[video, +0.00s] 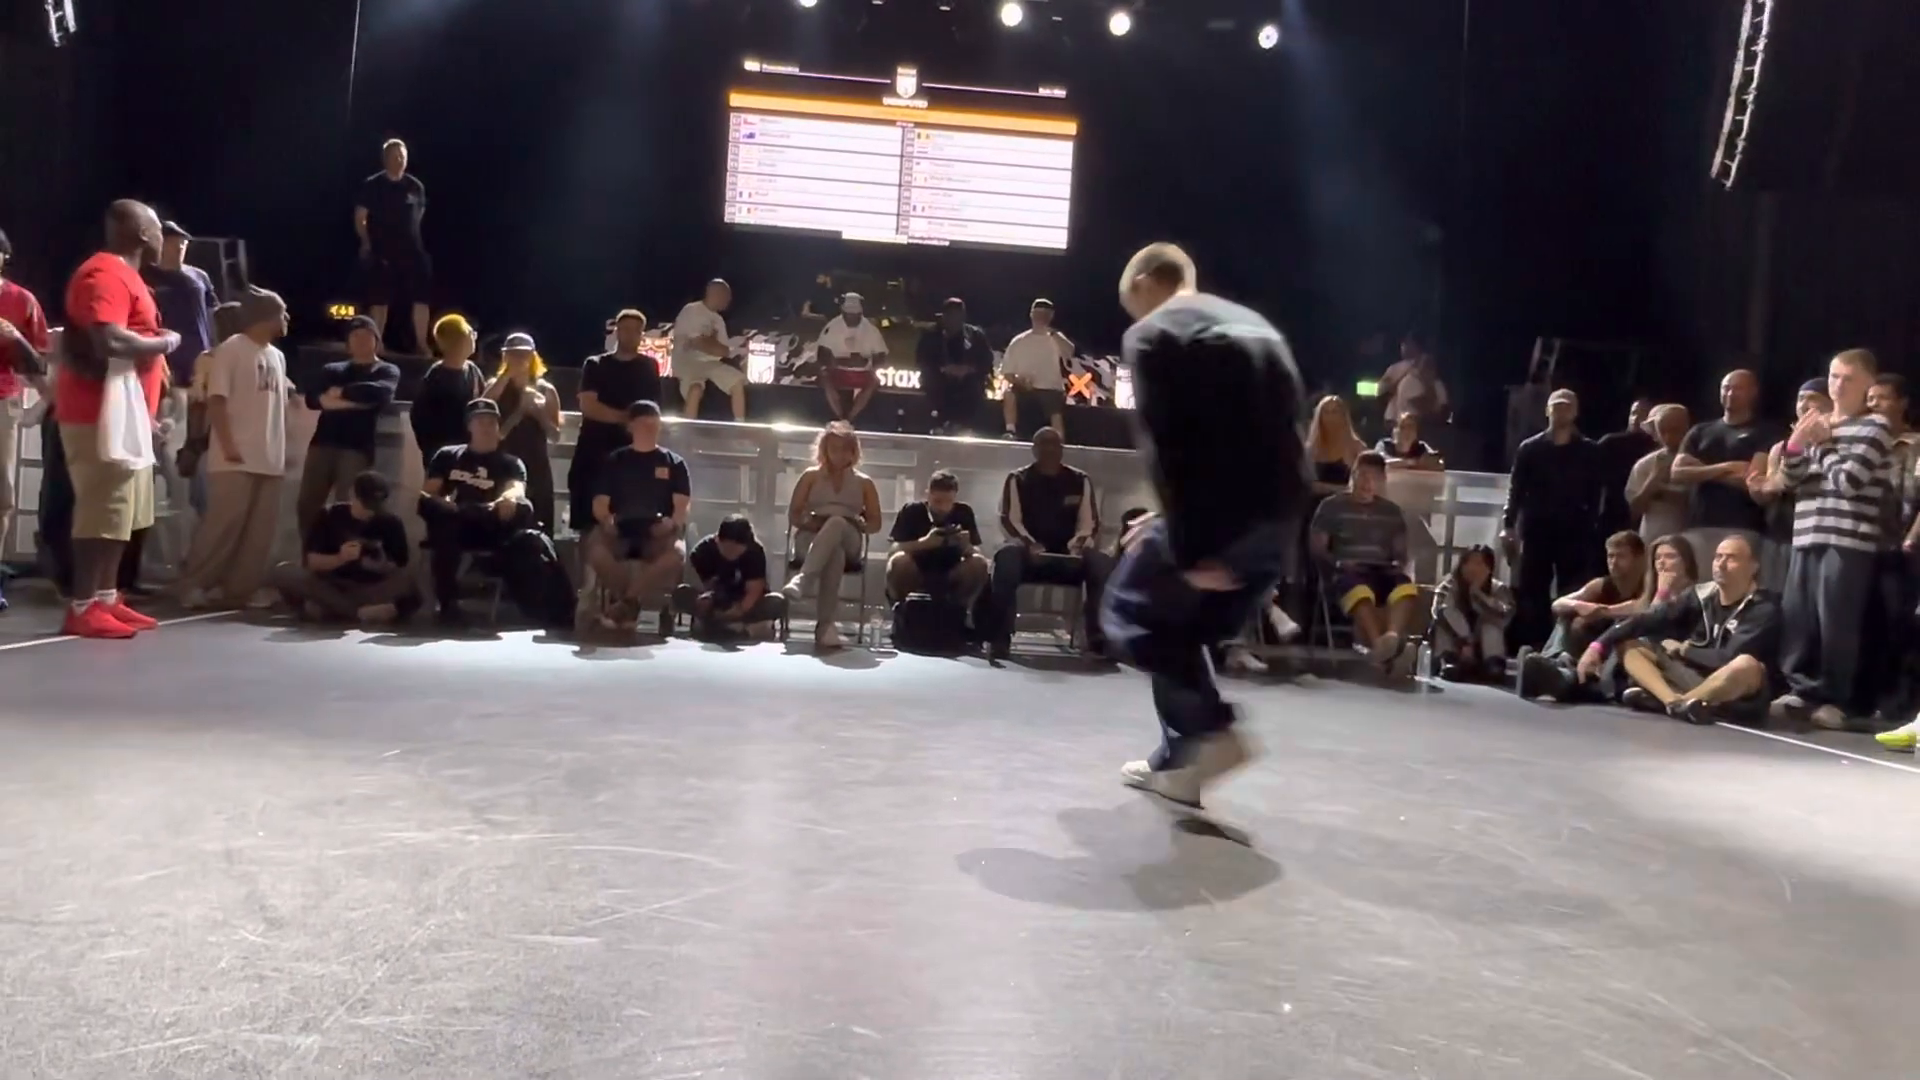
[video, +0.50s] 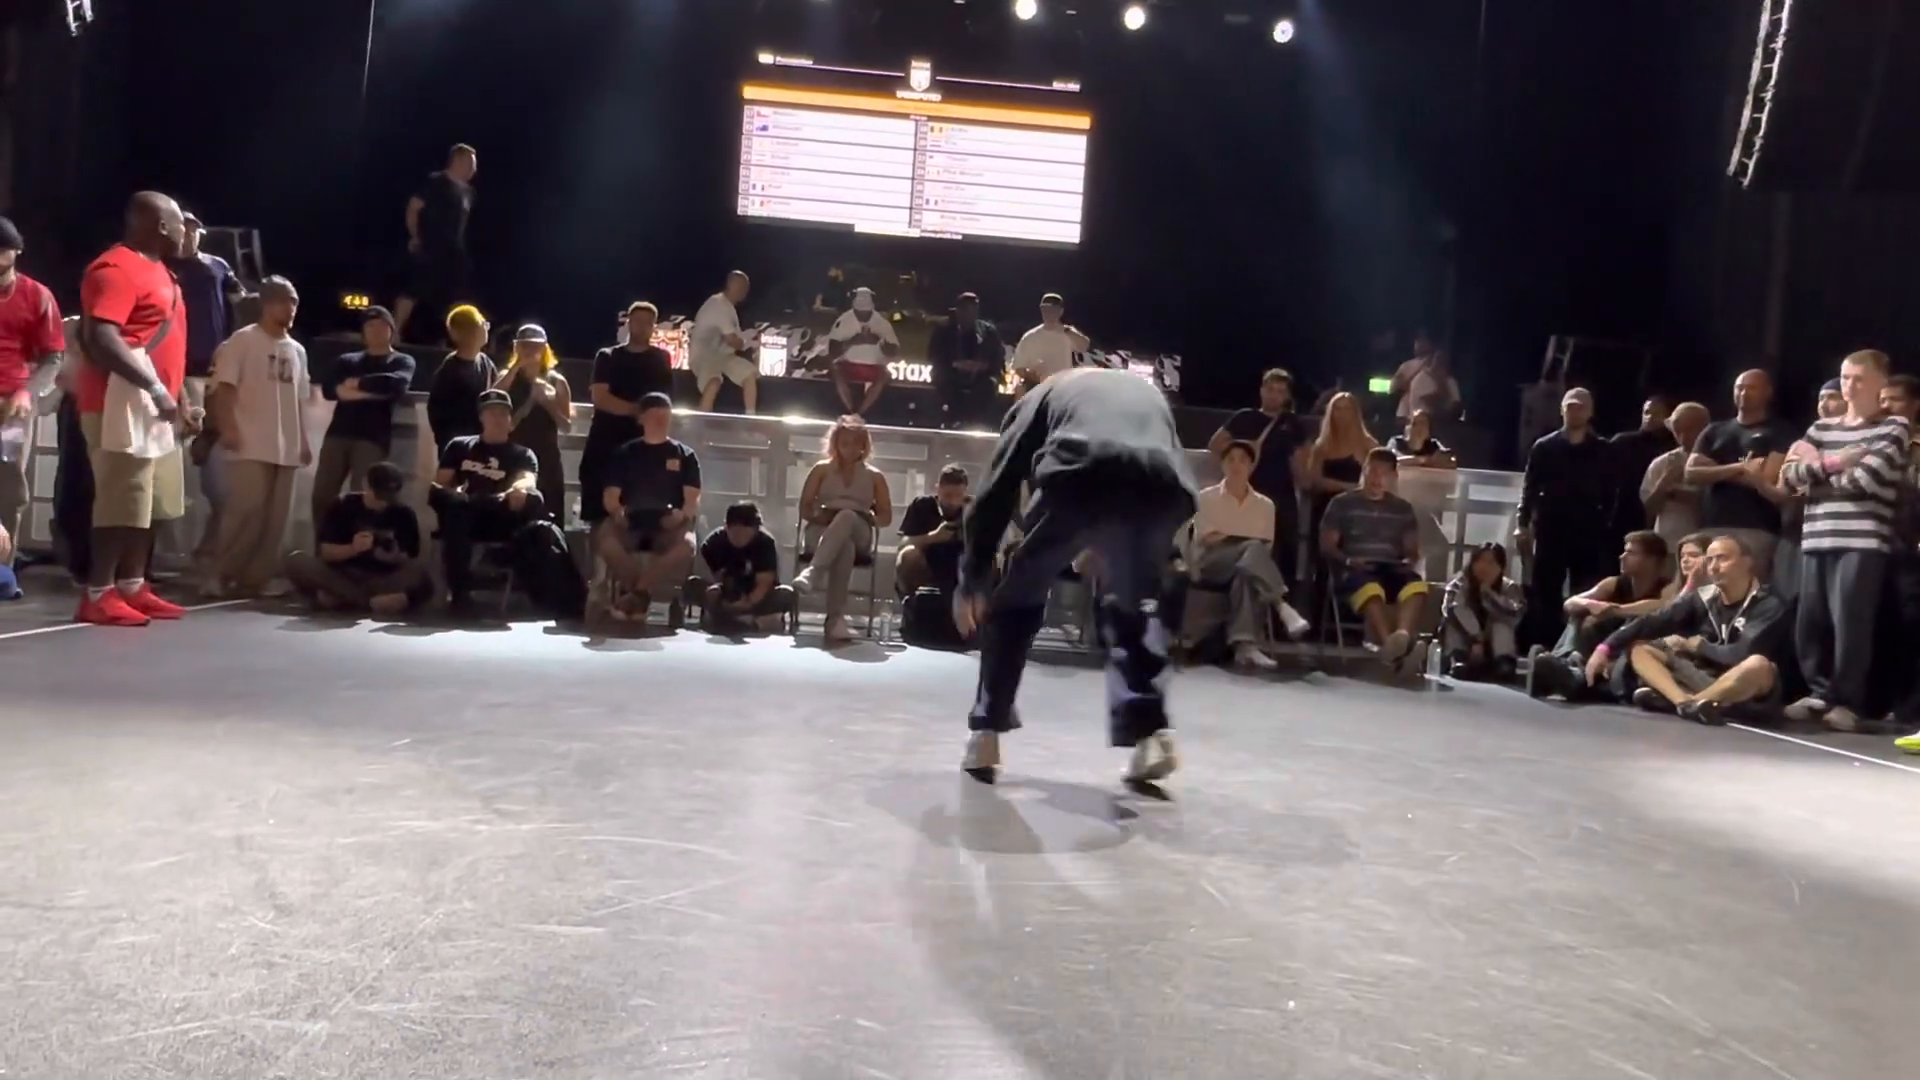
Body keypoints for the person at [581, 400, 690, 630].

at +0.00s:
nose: (648, 428)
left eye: (652, 423)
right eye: (642, 423)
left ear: (659, 426)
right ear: (631, 427)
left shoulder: (674, 463)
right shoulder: (614, 460)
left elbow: (681, 507)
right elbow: (599, 504)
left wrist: (670, 525)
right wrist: (611, 524)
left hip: (656, 523)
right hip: (621, 523)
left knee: (676, 554)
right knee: (596, 548)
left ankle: (626, 603)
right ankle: (629, 604)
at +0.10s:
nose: (652, 426)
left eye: (656, 420)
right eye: (646, 420)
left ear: (663, 423)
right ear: (634, 424)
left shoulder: (677, 460)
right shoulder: (617, 458)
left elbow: (684, 504)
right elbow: (603, 501)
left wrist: (674, 523)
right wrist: (614, 522)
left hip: (660, 522)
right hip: (624, 522)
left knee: (679, 552)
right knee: (598, 545)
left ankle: (629, 600)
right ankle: (632, 600)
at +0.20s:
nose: (654, 424)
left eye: (658, 419)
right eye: (648, 419)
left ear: (665, 421)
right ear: (636, 422)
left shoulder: (679, 458)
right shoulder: (619, 456)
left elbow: (687, 503)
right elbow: (605, 500)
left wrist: (676, 521)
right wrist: (616, 520)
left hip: (662, 520)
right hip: (626, 520)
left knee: (681, 549)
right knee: (601, 543)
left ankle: (632, 598)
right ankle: (635, 599)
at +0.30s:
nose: (656, 423)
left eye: (660, 417)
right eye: (650, 417)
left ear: (667, 420)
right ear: (638, 421)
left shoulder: (681, 457)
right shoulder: (621, 454)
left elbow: (688, 502)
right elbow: (607, 498)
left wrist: (677, 519)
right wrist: (619, 520)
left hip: (664, 518)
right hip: (628, 517)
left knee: (683, 547)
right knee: (603, 542)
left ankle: (633, 596)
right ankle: (637, 596)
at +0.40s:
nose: (658, 421)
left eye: (662, 416)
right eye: (652, 416)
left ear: (668, 419)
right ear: (640, 419)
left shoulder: (683, 456)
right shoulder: (622, 454)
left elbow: (690, 502)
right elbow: (609, 499)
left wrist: (678, 518)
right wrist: (621, 517)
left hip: (666, 515)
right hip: (629, 514)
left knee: (685, 547)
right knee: (605, 542)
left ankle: (634, 595)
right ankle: (638, 596)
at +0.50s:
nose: (660, 421)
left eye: (664, 416)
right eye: (654, 416)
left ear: (670, 418)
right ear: (641, 419)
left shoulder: (684, 455)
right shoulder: (624, 453)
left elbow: (691, 500)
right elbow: (610, 497)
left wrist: (680, 516)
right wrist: (621, 516)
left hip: (667, 515)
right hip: (631, 514)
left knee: (686, 545)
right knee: (606, 538)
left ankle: (635, 593)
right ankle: (639, 594)